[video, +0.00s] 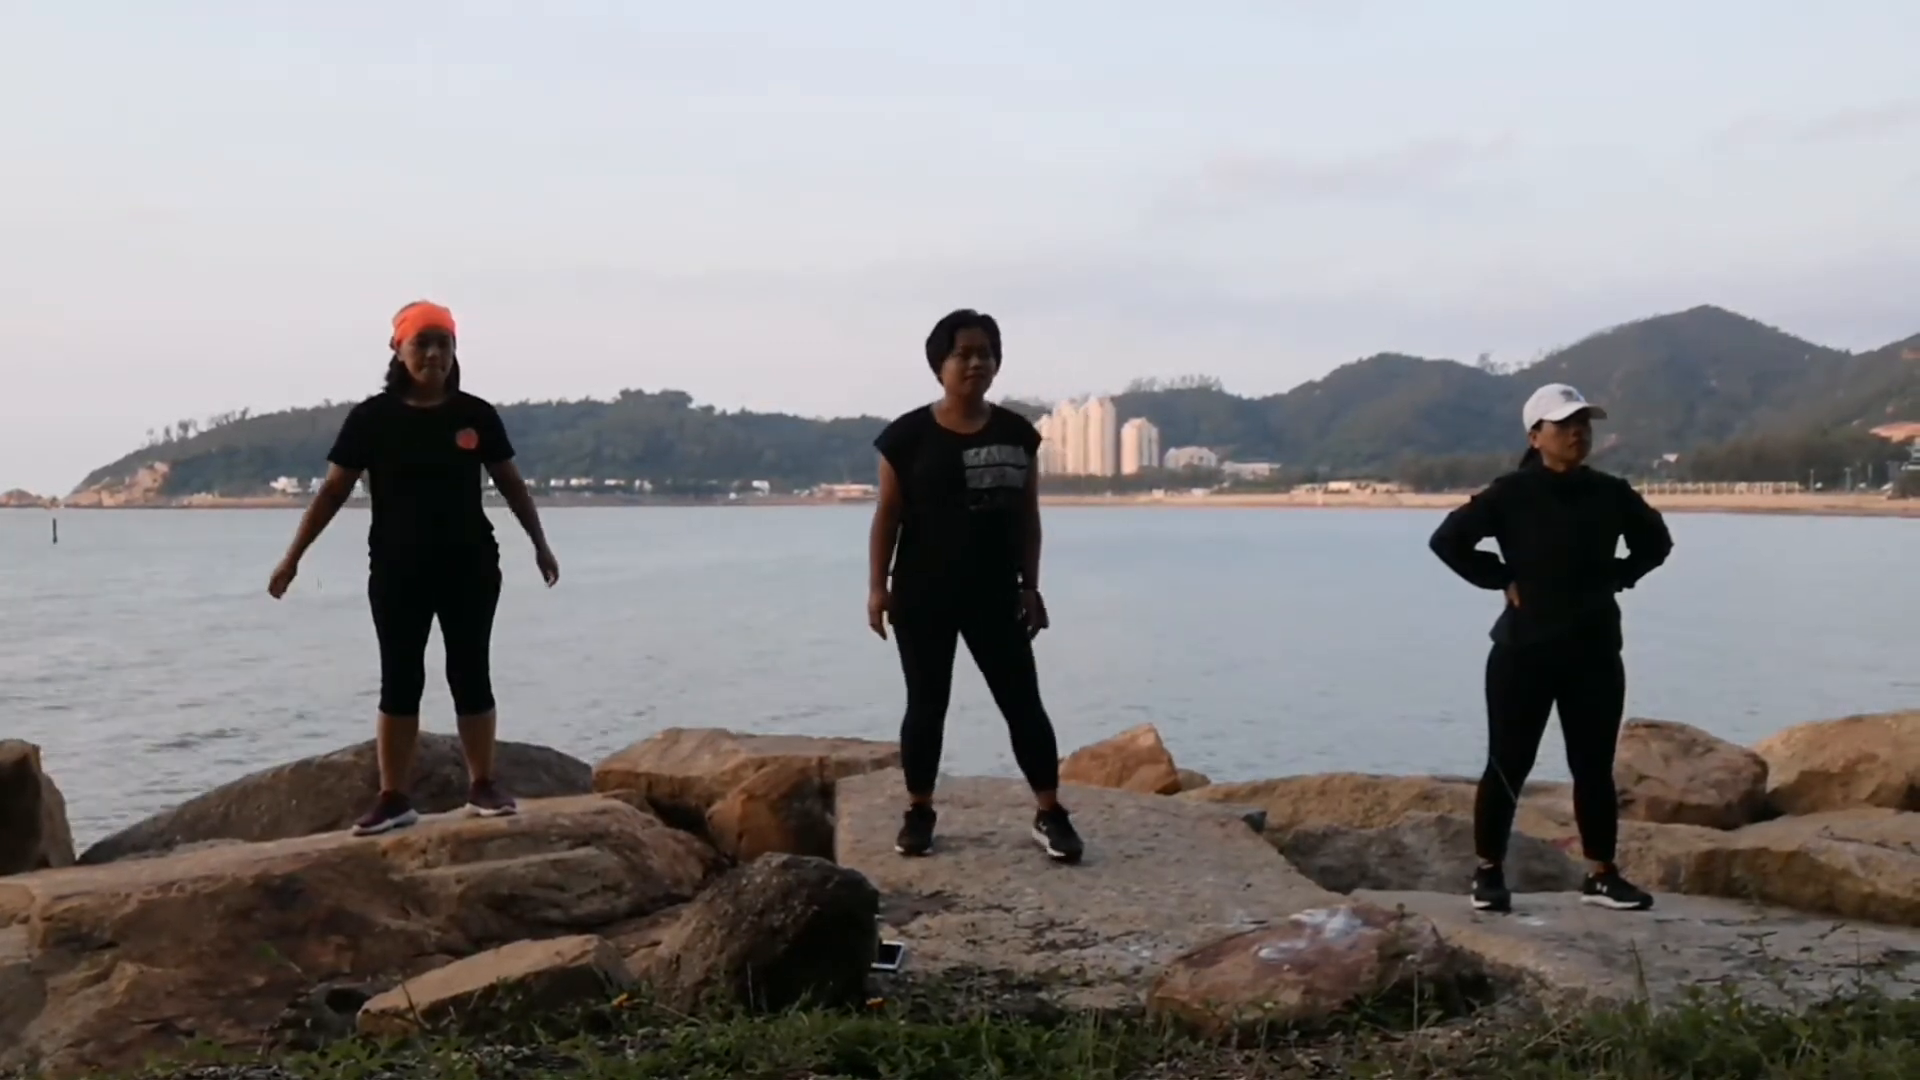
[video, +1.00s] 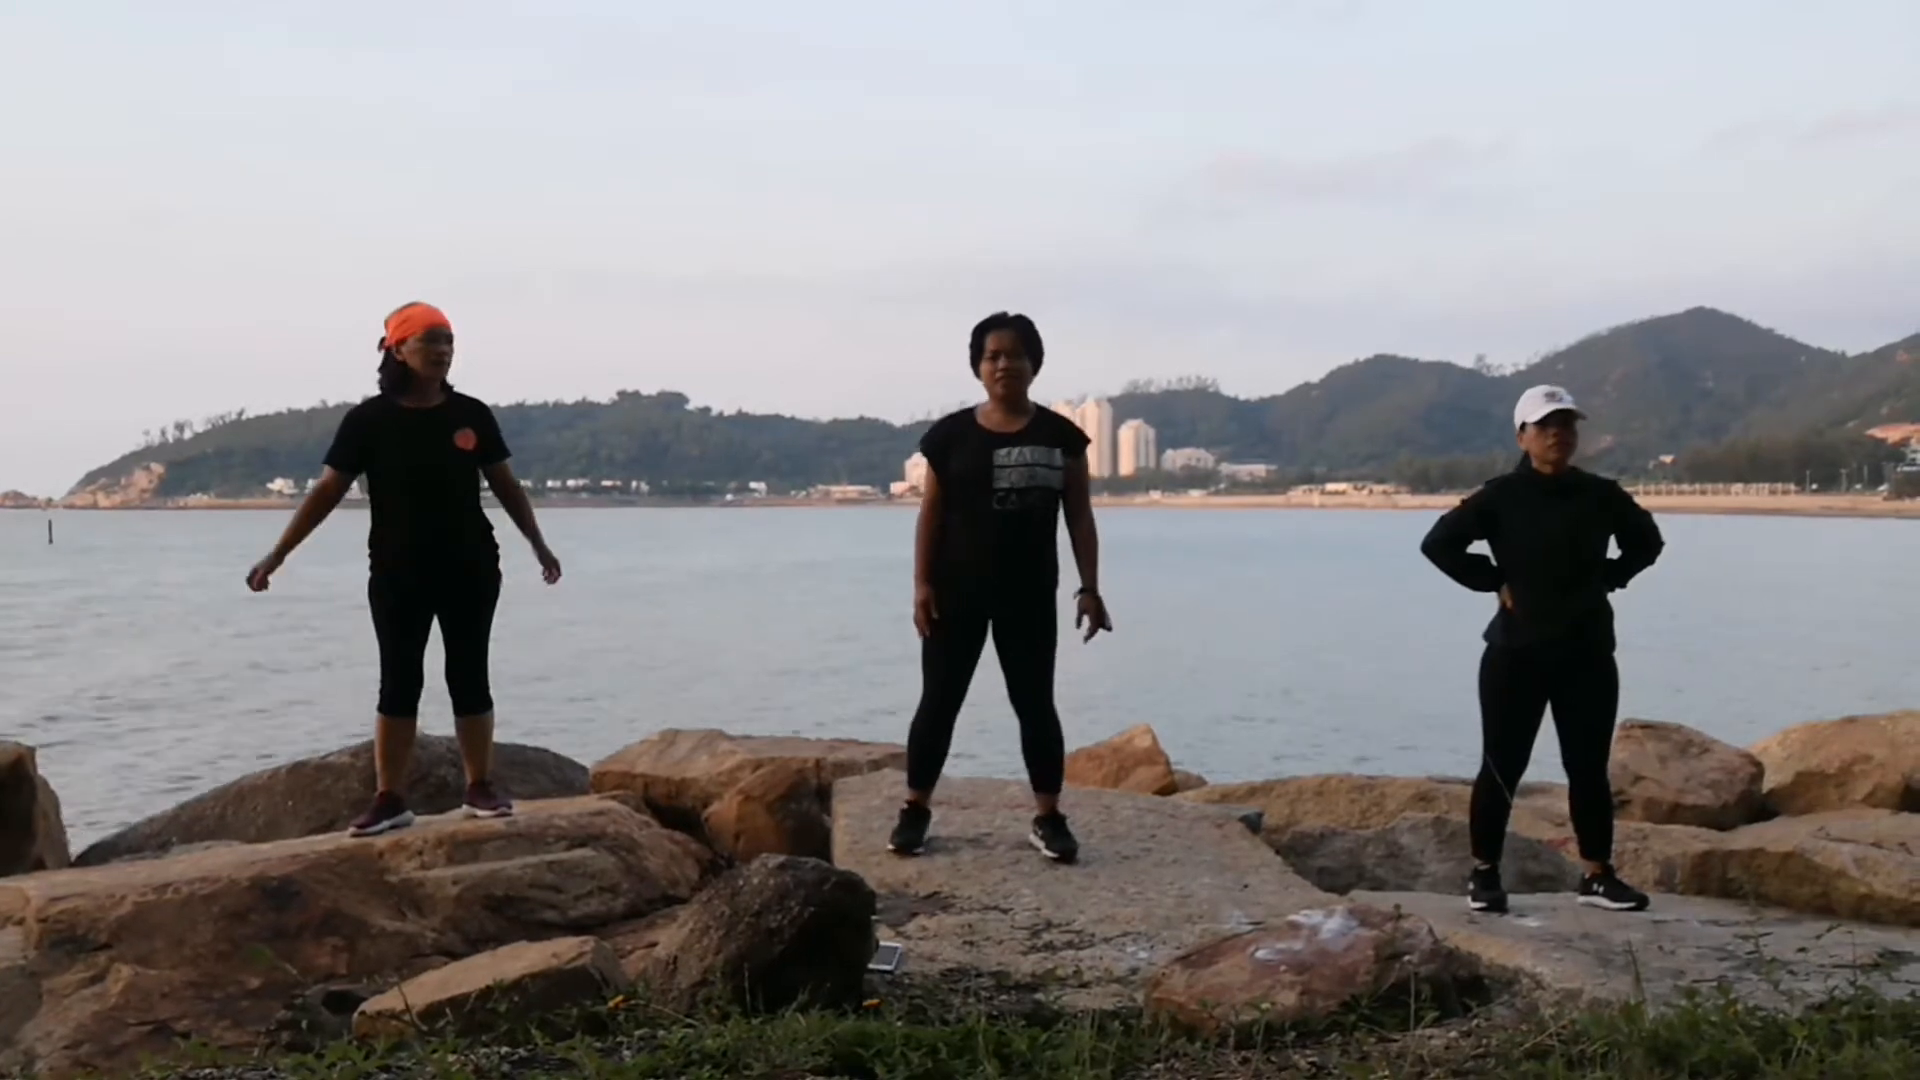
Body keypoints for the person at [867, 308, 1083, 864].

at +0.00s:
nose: (974, 366)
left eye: (985, 357)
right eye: (963, 355)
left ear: (996, 366)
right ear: (939, 362)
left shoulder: (1017, 433)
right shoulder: (907, 435)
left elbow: (1028, 517)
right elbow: (887, 515)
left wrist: (1031, 586)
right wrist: (876, 585)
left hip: (994, 593)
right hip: (924, 594)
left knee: (1025, 705)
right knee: (925, 707)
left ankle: (1050, 812)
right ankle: (919, 811)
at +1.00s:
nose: (1002, 367)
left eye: (1014, 357)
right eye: (992, 358)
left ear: (1034, 365)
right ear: (978, 367)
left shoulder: (1062, 437)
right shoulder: (948, 437)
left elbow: (1079, 517)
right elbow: (929, 517)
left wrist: (1089, 586)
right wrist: (922, 585)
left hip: (1029, 595)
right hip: (958, 594)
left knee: (1036, 707)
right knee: (938, 703)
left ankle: (1049, 815)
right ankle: (915, 810)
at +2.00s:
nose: (979, 369)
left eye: (990, 358)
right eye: (968, 361)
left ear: (1015, 363)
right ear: (958, 372)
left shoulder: (1053, 433)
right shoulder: (940, 443)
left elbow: (1076, 511)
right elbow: (924, 527)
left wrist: (1079, 577)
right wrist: (921, 598)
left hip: (1031, 598)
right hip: (959, 600)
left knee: (1039, 713)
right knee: (940, 710)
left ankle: (1051, 824)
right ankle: (914, 812)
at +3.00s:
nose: (978, 367)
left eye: (992, 359)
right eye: (968, 357)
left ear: (1009, 372)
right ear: (953, 368)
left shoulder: (1029, 433)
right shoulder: (926, 432)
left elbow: (1018, 500)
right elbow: (918, 518)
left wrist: (943, 481)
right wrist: (926, 590)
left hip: (1000, 591)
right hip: (931, 587)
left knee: (1018, 712)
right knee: (918, 708)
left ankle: (1045, 824)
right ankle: (905, 816)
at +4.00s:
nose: (1010, 367)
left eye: (1020, 357)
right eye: (998, 359)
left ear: (1038, 366)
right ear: (982, 371)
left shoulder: (1071, 441)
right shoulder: (956, 442)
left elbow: (1092, 521)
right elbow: (938, 524)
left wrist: (1103, 591)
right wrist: (926, 597)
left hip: (1041, 604)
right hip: (969, 601)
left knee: (1046, 716)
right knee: (940, 709)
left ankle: (1053, 827)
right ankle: (906, 814)